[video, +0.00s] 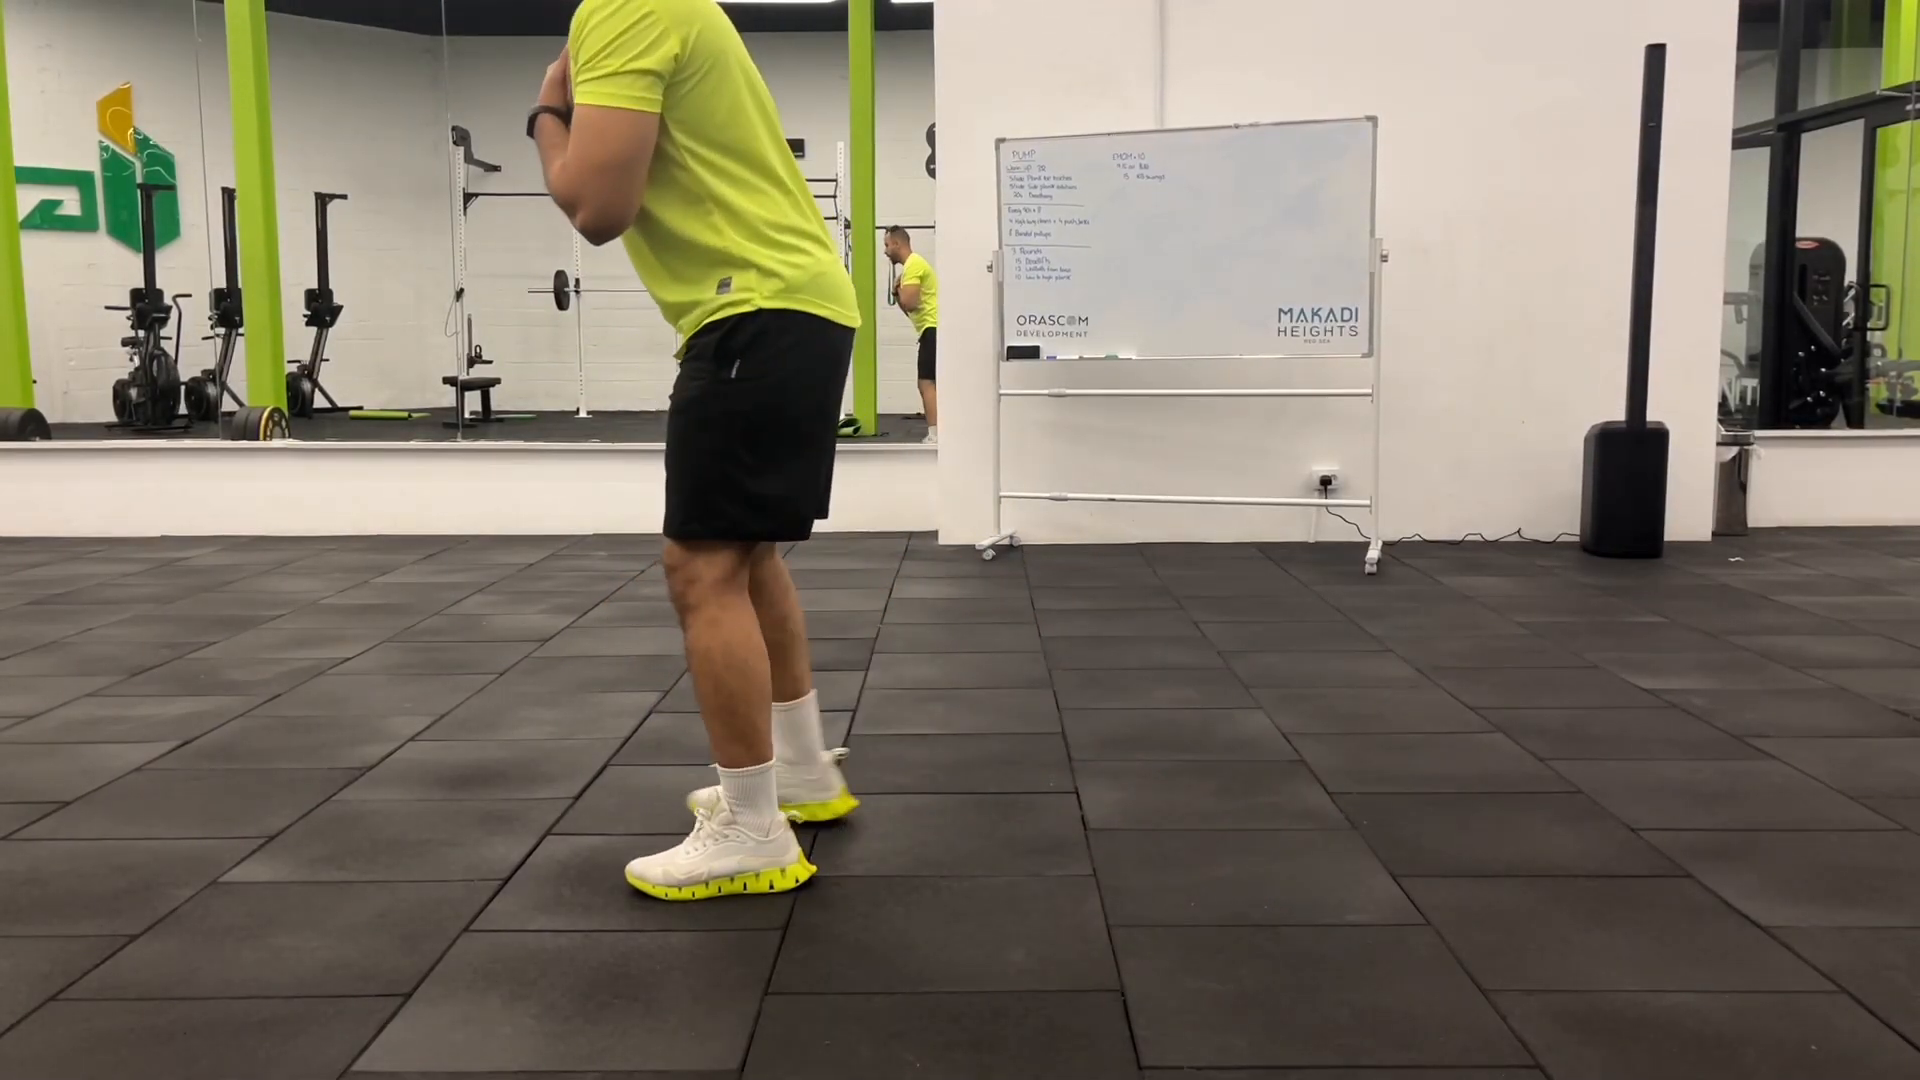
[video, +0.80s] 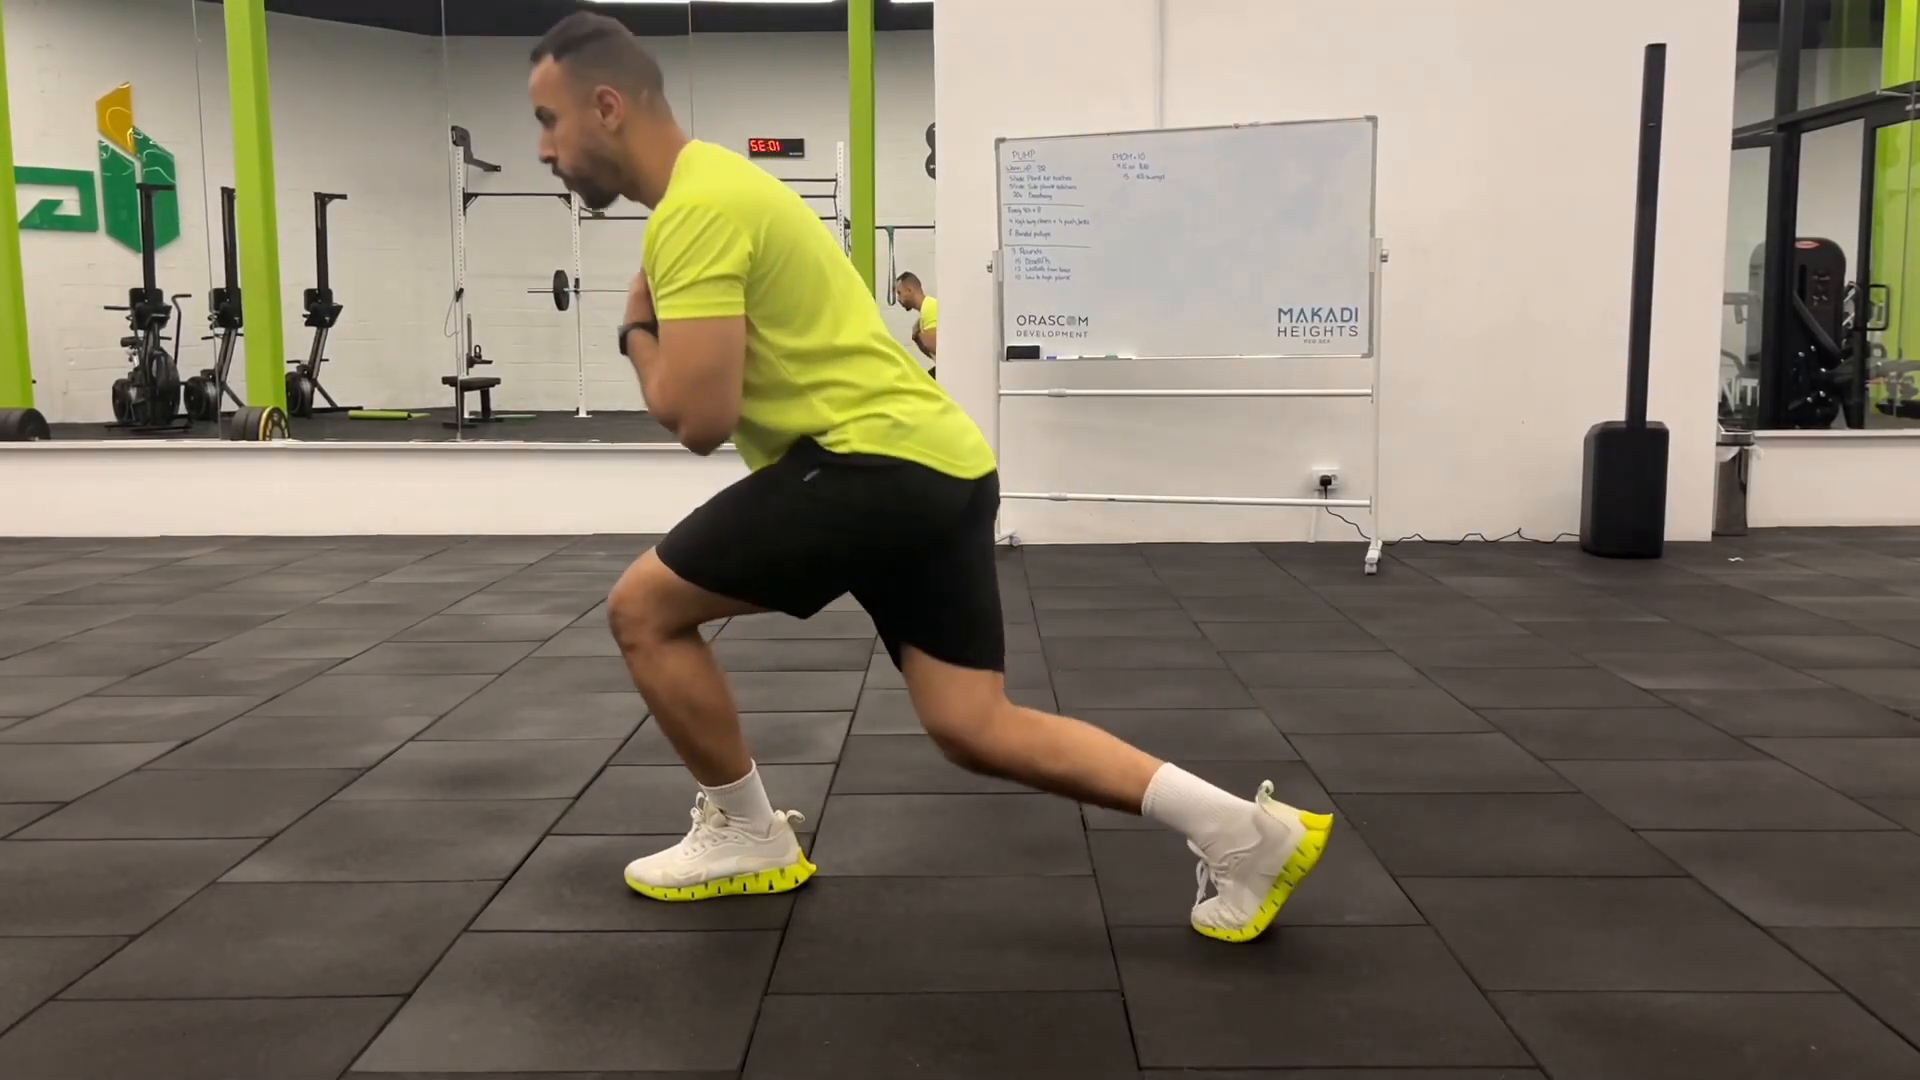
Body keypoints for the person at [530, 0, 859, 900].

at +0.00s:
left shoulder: (627, 10)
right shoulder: (665, 12)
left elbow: (596, 207)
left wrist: (547, 117)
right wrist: (582, 112)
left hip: (748, 308)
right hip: (794, 302)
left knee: (703, 574)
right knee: (750, 551)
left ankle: (749, 827)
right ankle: (804, 767)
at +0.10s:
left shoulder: (625, 11)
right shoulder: (648, 15)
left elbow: (604, 215)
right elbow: (617, 201)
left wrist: (544, 126)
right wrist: (568, 124)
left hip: (759, 311)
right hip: (808, 304)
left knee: (706, 573)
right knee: (773, 551)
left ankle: (750, 828)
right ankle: (898, 745)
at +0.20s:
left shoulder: (620, 21)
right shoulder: (654, 22)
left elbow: (609, 224)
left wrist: (540, 136)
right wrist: (574, 128)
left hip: (760, 312)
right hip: (819, 304)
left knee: (707, 576)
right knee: (809, 554)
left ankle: (750, 828)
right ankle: (996, 729)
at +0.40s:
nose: (461, 18)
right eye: (454, 7)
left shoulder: (619, 60)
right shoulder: (632, 53)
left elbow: (623, 268)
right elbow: (645, 243)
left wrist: (546, 187)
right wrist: (571, 182)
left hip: (788, 337)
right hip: (855, 325)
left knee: (688, 587)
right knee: (914, 570)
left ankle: (749, 828)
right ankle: (1137, 709)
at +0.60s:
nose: (482, 77)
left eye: (486, 47)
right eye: (474, 51)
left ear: (555, 31)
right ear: (562, 35)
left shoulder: (650, 130)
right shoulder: (668, 112)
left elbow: (663, 335)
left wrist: (587, 258)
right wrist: (609, 255)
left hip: (826, 391)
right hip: (900, 380)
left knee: (663, 597)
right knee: (973, 620)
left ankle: (748, 831)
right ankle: (1194, 790)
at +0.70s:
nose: (512, 116)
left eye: (518, 87)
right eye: (507, 93)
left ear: (580, 72)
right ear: (589, 72)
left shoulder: (679, 169)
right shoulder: (700, 155)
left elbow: (681, 377)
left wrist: (609, 297)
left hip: (853, 426)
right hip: (926, 422)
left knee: (651, 605)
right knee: (975, 673)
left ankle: (745, 831)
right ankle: (1231, 817)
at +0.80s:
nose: (541, 147)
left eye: (548, 121)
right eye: (536, 123)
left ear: (609, 107)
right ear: (620, 107)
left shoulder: (702, 204)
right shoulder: (727, 188)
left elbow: (701, 419)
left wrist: (636, 340)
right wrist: (663, 342)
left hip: (865, 469)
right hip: (941, 465)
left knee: (644, 609)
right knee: (973, 724)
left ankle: (747, 829)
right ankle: (1242, 831)